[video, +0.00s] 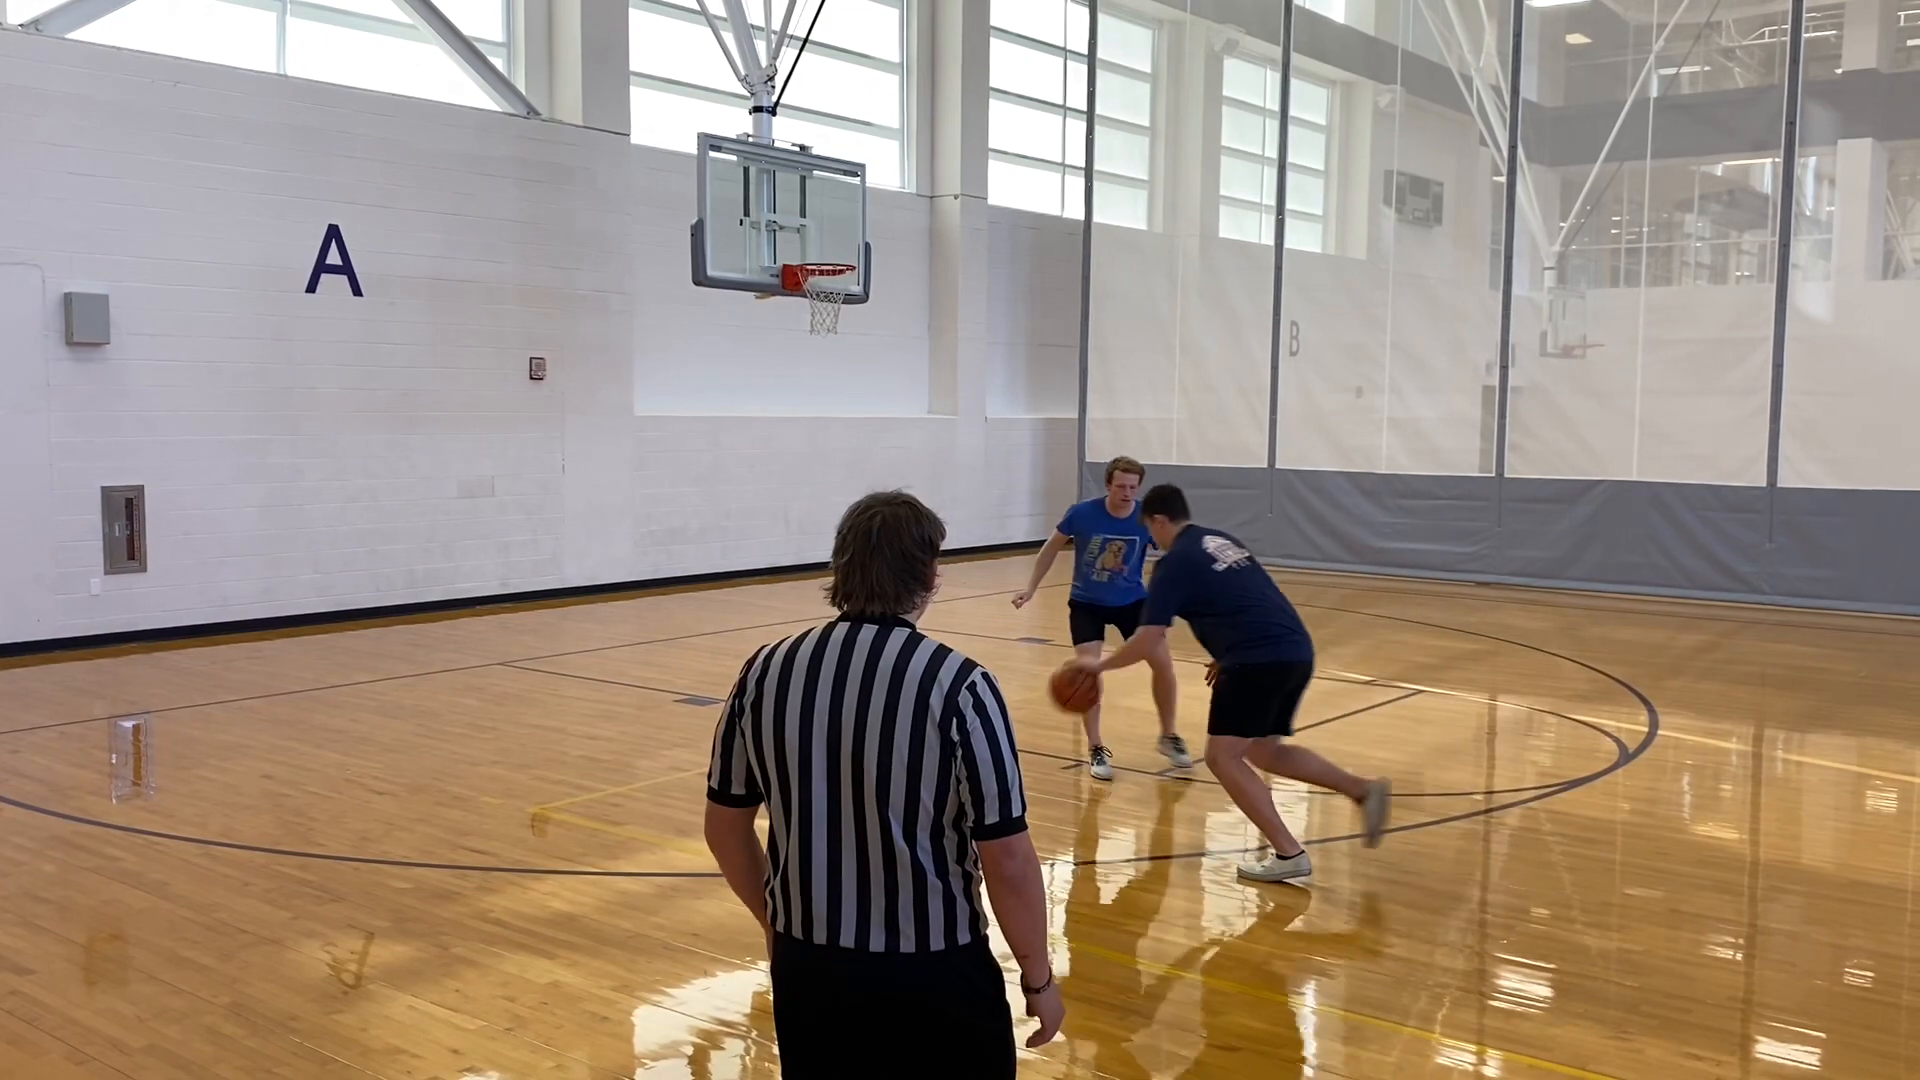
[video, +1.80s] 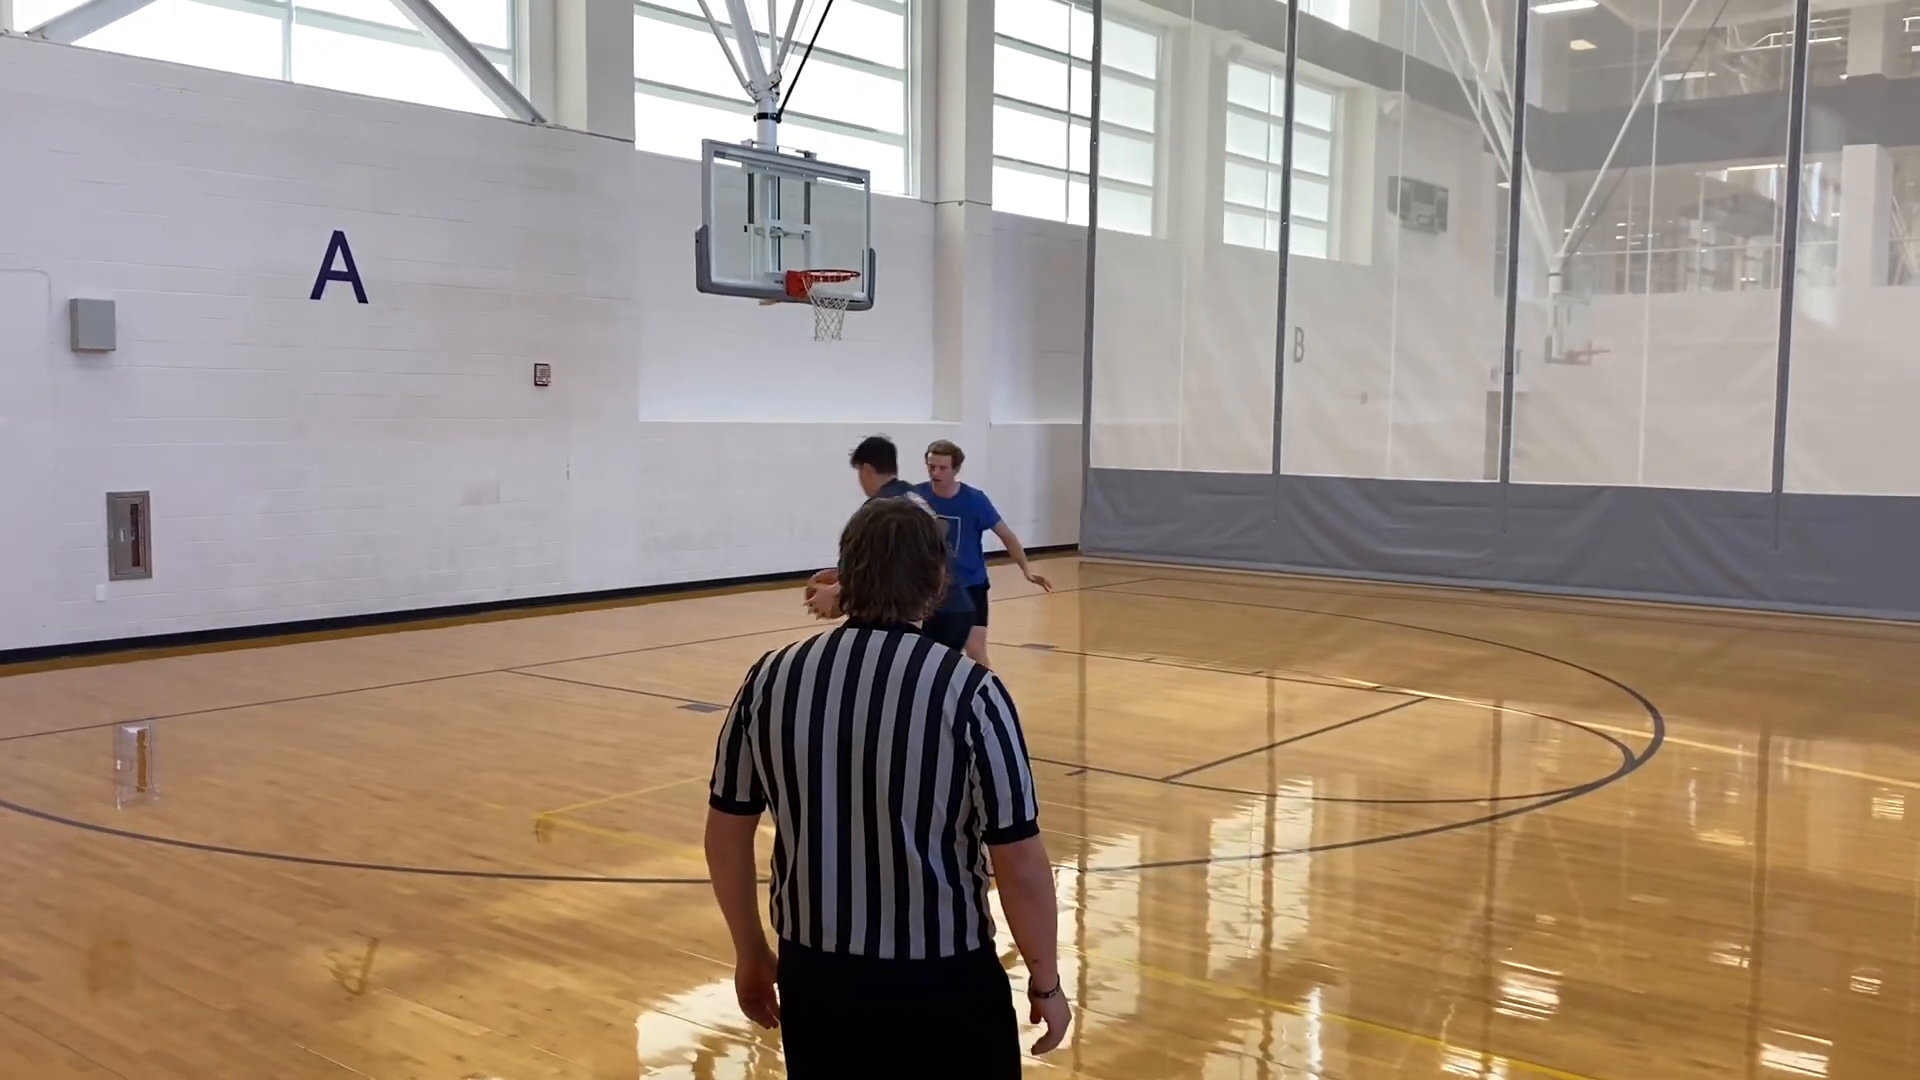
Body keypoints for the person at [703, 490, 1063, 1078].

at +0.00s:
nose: (939, 575)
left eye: (937, 559)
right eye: (935, 560)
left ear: (845, 566)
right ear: (923, 572)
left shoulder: (766, 670)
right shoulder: (961, 686)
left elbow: (725, 825)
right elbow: (1007, 855)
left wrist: (777, 920)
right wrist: (1038, 976)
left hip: (809, 979)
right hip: (940, 982)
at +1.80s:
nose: (949, 583)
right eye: (946, 570)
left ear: (847, 573)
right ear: (937, 581)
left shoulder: (772, 677)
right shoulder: (972, 691)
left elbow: (726, 832)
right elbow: (1019, 860)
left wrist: (749, 949)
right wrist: (1045, 978)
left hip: (816, 984)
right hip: (948, 988)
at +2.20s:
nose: (947, 581)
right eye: (942, 569)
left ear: (844, 571)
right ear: (934, 579)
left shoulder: (770, 673)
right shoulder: (969, 686)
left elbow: (725, 830)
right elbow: (1019, 856)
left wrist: (756, 944)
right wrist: (1042, 971)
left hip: (815, 981)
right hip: (947, 985)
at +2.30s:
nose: (947, 578)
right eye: (943, 565)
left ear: (844, 568)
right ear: (934, 576)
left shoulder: (769, 671)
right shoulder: (969, 685)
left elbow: (724, 829)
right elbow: (1017, 854)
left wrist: (756, 940)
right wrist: (1041, 968)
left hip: (813, 980)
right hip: (947, 982)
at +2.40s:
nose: (942, 581)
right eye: (938, 567)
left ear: (843, 568)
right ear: (930, 577)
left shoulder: (768, 670)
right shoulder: (968, 684)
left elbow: (723, 831)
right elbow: (1016, 854)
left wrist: (756, 940)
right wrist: (1039, 965)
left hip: (813, 978)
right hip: (946, 981)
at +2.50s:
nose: (942, 575)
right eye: (938, 562)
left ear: (842, 564)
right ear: (930, 575)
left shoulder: (768, 669)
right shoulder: (968, 683)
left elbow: (723, 828)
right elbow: (1016, 853)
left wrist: (756, 940)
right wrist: (1039, 963)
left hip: (812, 976)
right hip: (945, 978)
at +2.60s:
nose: (940, 575)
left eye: (936, 561)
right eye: (937, 562)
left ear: (842, 564)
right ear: (929, 572)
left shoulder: (768, 669)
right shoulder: (967, 683)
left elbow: (723, 827)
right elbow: (1017, 854)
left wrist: (757, 939)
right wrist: (1038, 961)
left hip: (812, 975)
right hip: (945, 978)